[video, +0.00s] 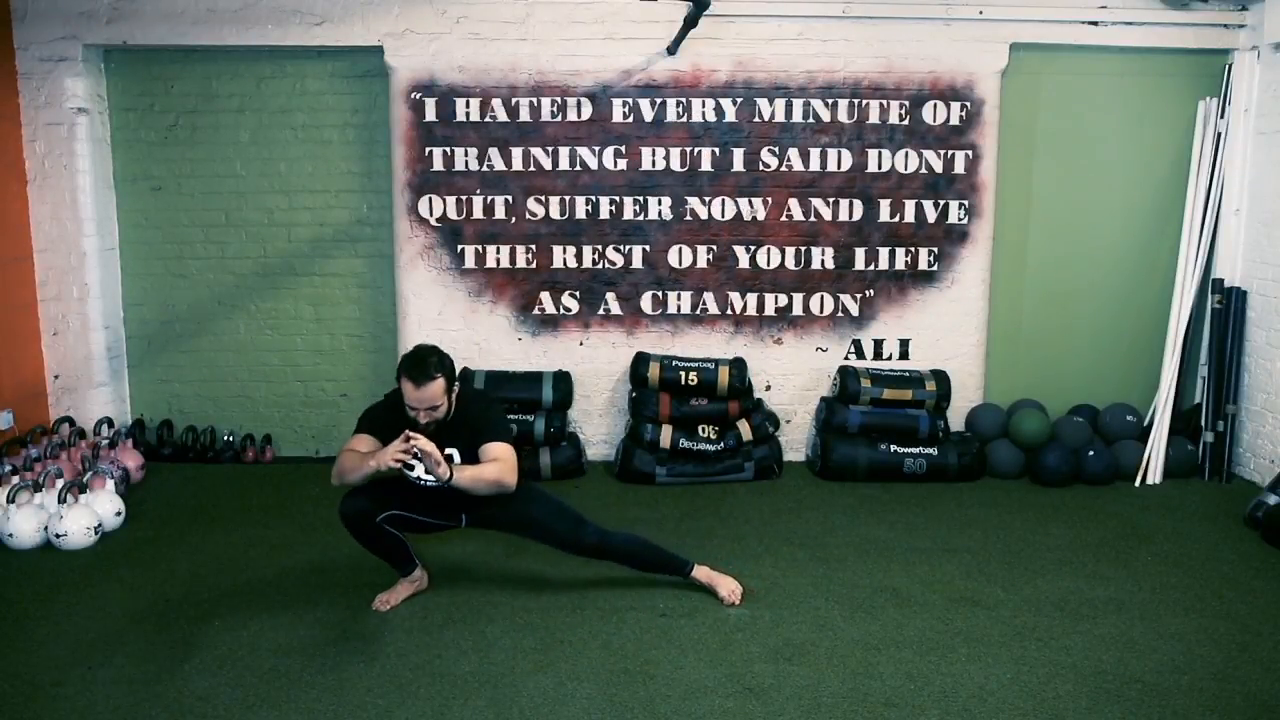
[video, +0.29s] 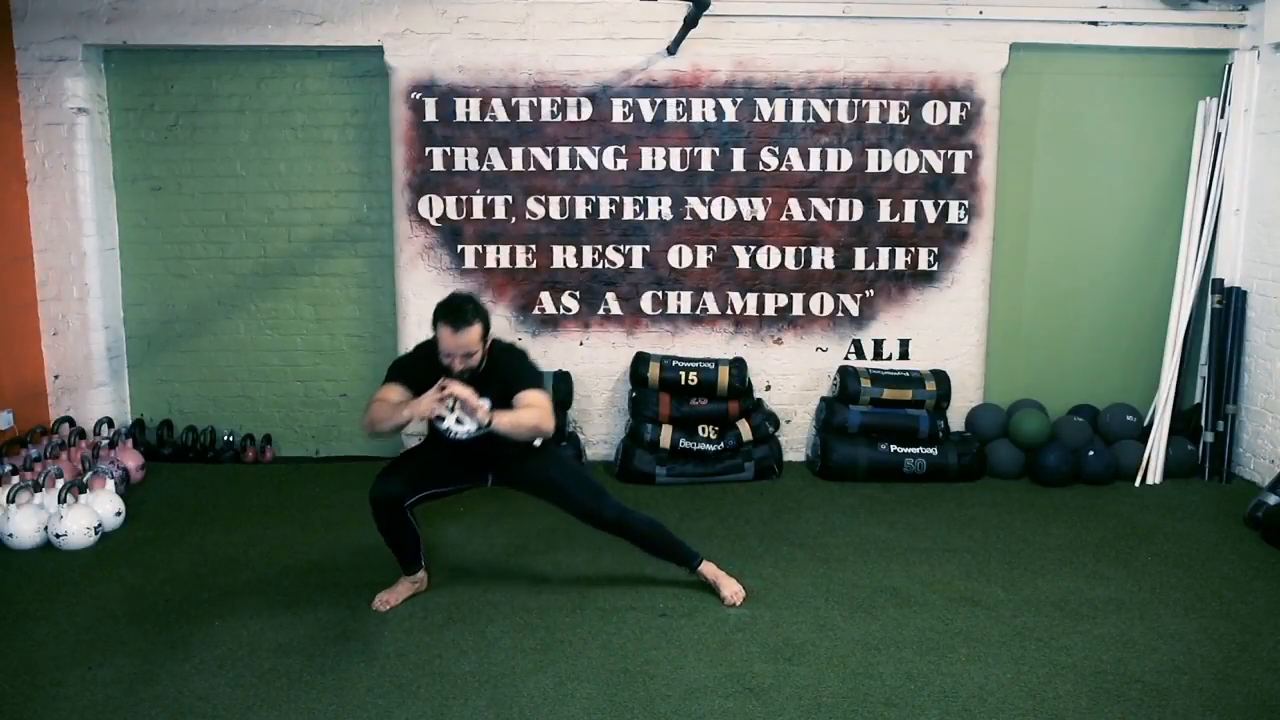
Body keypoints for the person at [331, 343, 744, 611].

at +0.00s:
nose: (423, 418)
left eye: (432, 407)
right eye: (413, 408)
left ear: (451, 388)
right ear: (400, 391)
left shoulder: (478, 409)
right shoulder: (385, 415)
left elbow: (504, 477)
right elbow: (340, 475)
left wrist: (448, 472)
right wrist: (375, 462)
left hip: (494, 497)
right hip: (431, 500)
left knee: (587, 537)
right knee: (354, 507)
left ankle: (698, 572)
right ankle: (413, 573)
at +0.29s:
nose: (457, 365)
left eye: (467, 355)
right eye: (449, 356)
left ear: (485, 340)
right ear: (435, 341)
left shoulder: (509, 360)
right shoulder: (421, 362)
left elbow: (541, 420)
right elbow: (374, 420)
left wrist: (487, 414)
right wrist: (415, 408)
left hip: (522, 452)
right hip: (457, 452)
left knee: (603, 510)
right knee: (386, 492)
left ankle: (704, 568)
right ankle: (414, 574)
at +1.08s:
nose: (676, 170)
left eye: (685, 160)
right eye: (666, 160)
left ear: (700, 151)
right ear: (651, 152)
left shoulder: (721, 193)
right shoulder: (632, 195)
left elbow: (756, 239)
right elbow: (584, 238)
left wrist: (706, 216)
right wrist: (628, 212)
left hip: (706, 352)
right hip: (641, 350)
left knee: (715, 461)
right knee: (628, 459)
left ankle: (726, 563)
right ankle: (618, 561)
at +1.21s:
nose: (676, 171)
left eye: (686, 161)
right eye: (667, 161)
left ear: (701, 153)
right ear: (653, 154)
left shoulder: (723, 195)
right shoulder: (634, 196)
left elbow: (759, 241)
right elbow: (587, 242)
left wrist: (709, 220)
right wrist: (631, 215)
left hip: (709, 352)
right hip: (643, 350)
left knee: (719, 461)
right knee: (628, 458)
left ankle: (726, 563)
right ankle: (617, 561)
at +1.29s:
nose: (675, 179)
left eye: (684, 169)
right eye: (665, 168)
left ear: (700, 159)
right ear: (652, 160)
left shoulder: (722, 198)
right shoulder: (635, 200)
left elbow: (760, 249)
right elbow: (588, 250)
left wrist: (709, 229)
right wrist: (634, 224)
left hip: (708, 356)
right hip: (643, 353)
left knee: (721, 461)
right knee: (625, 458)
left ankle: (726, 563)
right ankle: (617, 561)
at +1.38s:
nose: (674, 195)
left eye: (683, 184)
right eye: (665, 184)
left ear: (700, 174)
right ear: (652, 175)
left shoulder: (720, 213)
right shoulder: (634, 213)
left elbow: (759, 265)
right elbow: (586, 263)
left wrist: (711, 247)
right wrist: (633, 242)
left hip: (707, 365)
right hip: (640, 362)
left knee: (727, 465)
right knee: (621, 463)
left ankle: (727, 562)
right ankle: (617, 562)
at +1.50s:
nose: (672, 237)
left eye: (682, 227)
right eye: (663, 227)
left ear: (697, 216)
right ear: (650, 216)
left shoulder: (716, 247)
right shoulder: (632, 245)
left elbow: (758, 299)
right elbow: (587, 298)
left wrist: (713, 292)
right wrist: (632, 286)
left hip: (706, 379)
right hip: (641, 378)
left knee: (738, 471)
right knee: (613, 471)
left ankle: (727, 563)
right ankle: (617, 563)